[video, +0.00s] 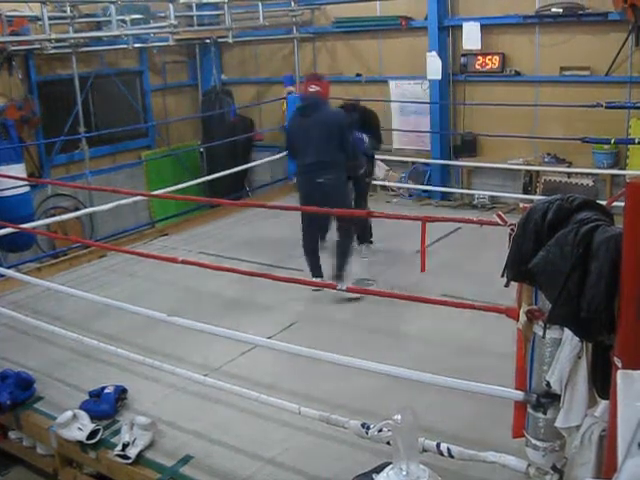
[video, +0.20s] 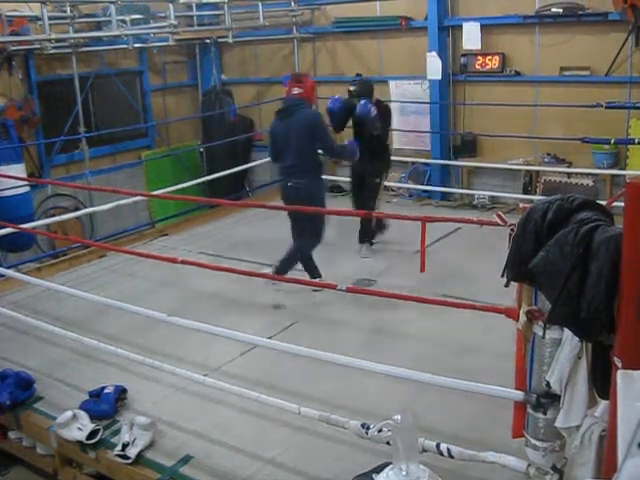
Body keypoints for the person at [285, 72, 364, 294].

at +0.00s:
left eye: (307, 92)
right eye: (324, 92)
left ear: (303, 94)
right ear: (325, 94)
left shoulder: (295, 121)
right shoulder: (338, 117)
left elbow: (292, 151)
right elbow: (349, 149)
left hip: (308, 180)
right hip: (335, 179)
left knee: (310, 227)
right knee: (345, 223)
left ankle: (316, 275)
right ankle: (339, 274)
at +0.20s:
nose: (315, 94)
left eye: (314, 90)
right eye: (313, 90)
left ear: (289, 92)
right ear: (308, 92)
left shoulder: (278, 121)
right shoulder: (312, 117)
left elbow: (275, 155)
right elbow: (330, 149)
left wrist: (297, 150)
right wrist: (351, 149)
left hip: (288, 183)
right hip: (310, 183)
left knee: (300, 234)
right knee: (314, 234)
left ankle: (317, 278)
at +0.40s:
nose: (300, 103)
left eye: (299, 98)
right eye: (297, 98)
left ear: (277, 98)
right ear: (290, 99)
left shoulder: (266, 120)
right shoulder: (287, 124)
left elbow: (285, 149)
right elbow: (303, 156)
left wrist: (307, 142)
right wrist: (318, 148)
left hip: (269, 188)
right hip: (282, 190)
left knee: (293, 235)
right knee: (281, 240)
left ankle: (314, 277)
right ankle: (244, 281)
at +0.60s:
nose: (285, 110)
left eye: (284, 105)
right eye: (281, 105)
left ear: (265, 106)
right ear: (272, 107)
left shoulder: (255, 128)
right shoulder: (262, 134)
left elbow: (262, 161)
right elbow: (276, 168)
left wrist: (284, 151)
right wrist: (296, 156)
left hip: (257, 194)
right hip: (257, 197)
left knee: (289, 225)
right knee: (258, 247)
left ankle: (300, 273)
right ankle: (230, 293)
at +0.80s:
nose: (277, 107)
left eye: (278, 102)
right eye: (274, 102)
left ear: (261, 102)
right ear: (262, 102)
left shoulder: (256, 123)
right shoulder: (250, 126)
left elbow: (263, 153)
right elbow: (265, 157)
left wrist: (283, 139)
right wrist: (287, 141)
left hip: (256, 189)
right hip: (244, 191)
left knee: (280, 223)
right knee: (250, 243)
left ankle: (274, 268)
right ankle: (230, 293)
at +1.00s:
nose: (282, 111)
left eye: (283, 106)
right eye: (279, 105)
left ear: (269, 105)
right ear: (266, 103)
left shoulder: (263, 125)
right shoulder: (252, 126)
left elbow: (272, 149)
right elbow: (271, 153)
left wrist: (289, 135)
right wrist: (290, 136)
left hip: (253, 187)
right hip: (237, 188)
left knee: (271, 224)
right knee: (242, 238)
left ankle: (269, 270)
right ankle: (229, 292)